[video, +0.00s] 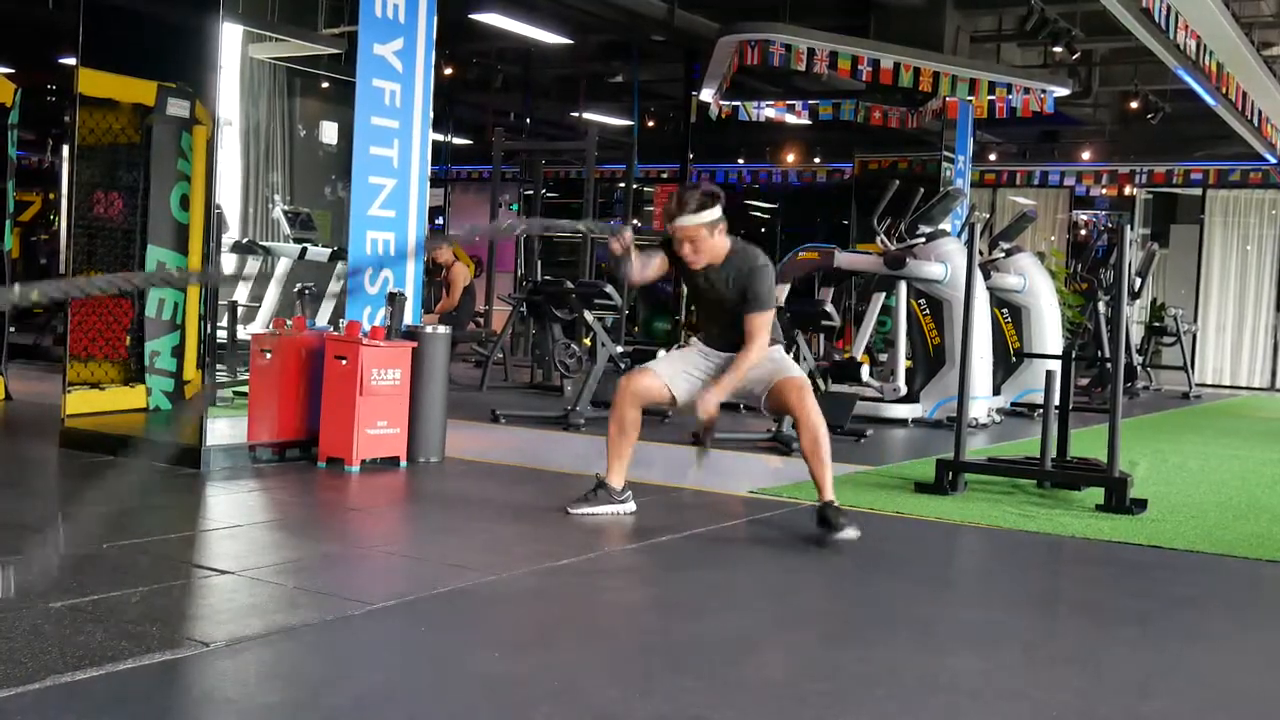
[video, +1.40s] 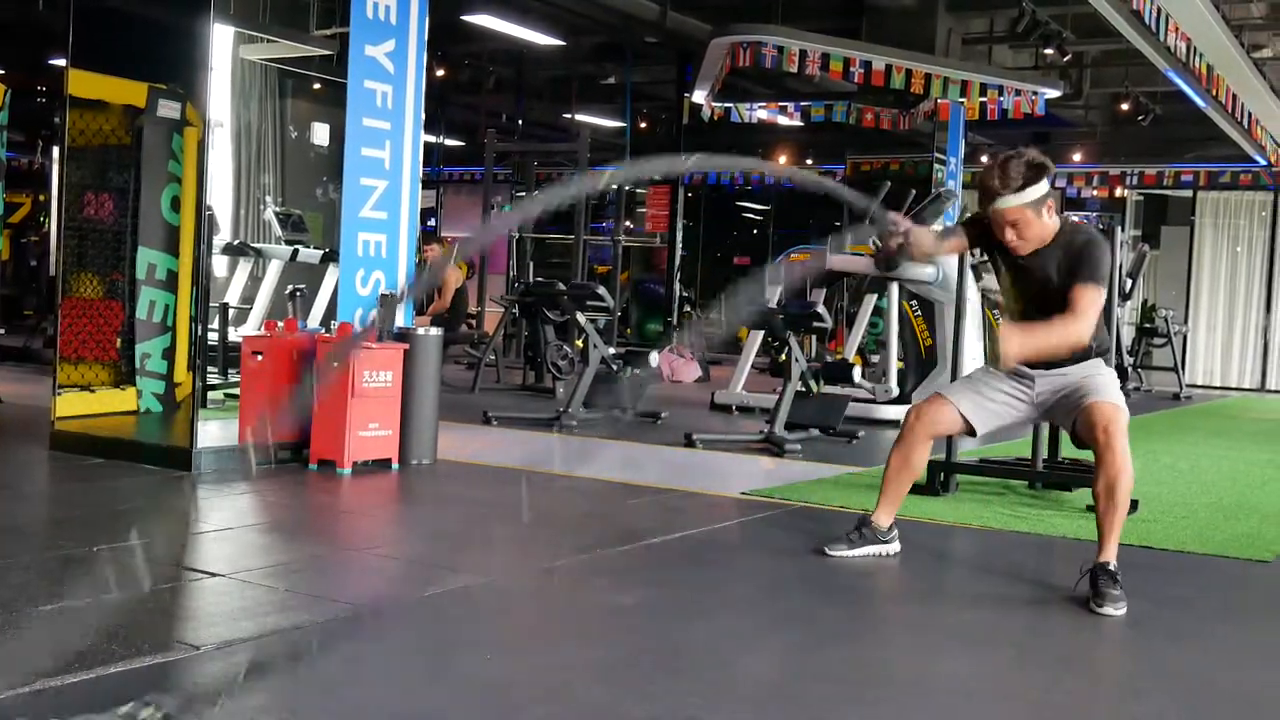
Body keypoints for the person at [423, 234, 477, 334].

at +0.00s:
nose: (437, 253)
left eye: (440, 249)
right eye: (434, 250)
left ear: (450, 249)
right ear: (431, 253)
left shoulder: (457, 269)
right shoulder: (446, 271)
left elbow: (453, 301)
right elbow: (445, 299)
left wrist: (435, 314)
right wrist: (434, 315)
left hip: (459, 320)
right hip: (451, 316)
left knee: (421, 320)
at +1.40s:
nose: (428, 254)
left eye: (432, 250)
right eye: (425, 251)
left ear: (441, 250)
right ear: (423, 254)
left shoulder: (450, 271)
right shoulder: (437, 271)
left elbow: (445, 303)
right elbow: (437, 300)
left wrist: (427, 317)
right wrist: (426, 317)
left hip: (452, 321)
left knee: (410, 321)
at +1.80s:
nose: (419, 255)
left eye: (423, 250)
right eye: (416, 251)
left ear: (433, 250)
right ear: (413, 255)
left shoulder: (440, 271)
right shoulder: (429, 273)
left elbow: (436, 304)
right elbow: (429, 301)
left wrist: (418, 317)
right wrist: (418, 318)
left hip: (443, 322)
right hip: (436, 318)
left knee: (402, 321)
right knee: (401, 320)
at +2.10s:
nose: (413, 255)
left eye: (417, 250)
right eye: (410, 252)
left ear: (428, 250)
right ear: (408, 255)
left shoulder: (435, 271)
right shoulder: (423, 273)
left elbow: (430, 304)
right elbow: (423, 302)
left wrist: (412, 318)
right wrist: (412, 318)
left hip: (437, 323)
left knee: (396, 322)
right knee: (395, 320)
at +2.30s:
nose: (414, 255)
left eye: (418, 251)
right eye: (411, 252)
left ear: (429, 251)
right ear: (409, 255)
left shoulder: (436, 272)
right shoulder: (424, 274)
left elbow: (431, 305)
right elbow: (424, 303)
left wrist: (413, 319)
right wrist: (413, 320)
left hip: (437, 325)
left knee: (397, 323)